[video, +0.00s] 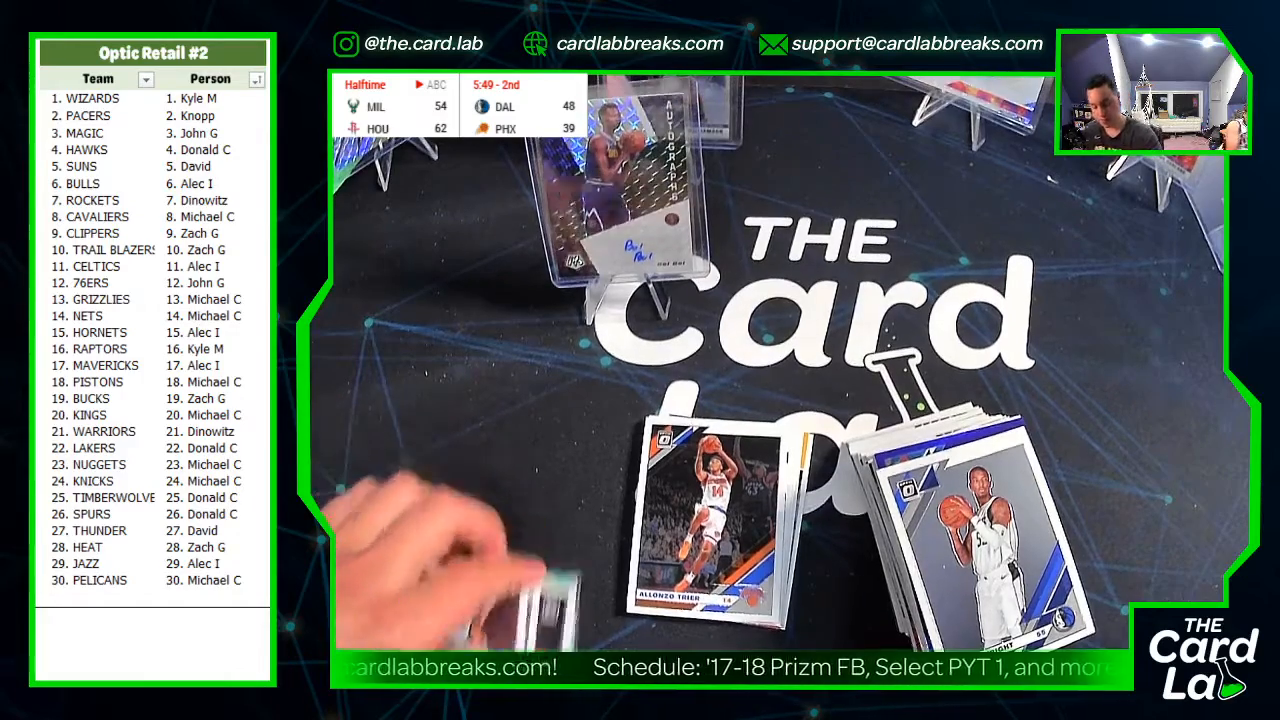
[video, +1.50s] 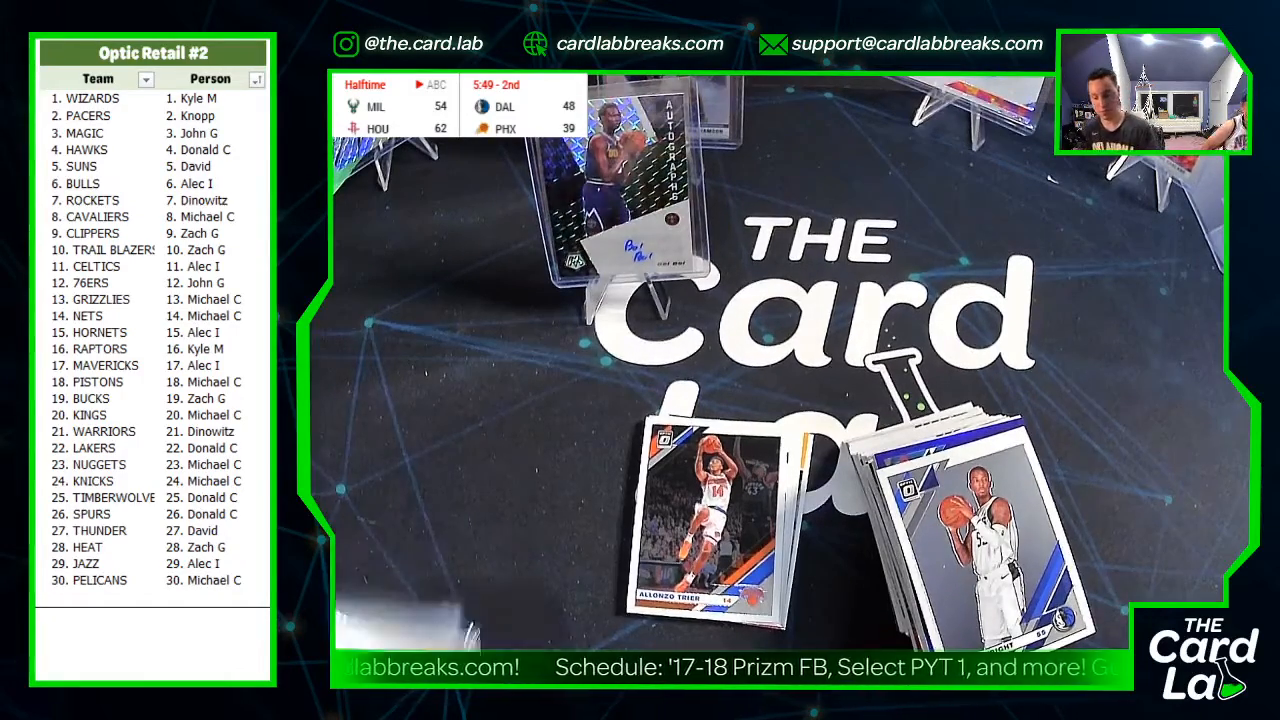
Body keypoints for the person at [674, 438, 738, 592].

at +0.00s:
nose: (714, 464)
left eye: (717, 462)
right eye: (712, 461)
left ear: (721, 466)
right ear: (709, 465)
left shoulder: (727, 476)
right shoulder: (705, 477)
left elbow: (734, 469)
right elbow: (698, 471)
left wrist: (721, 452)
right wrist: (700, 451)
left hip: (720, 512)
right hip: (706, 507)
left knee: (707, 550)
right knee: (704, 512)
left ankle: (689, 578)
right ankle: (688, 540)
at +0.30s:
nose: (714, 463)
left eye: (717, 461)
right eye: (712, 461)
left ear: (721, 465)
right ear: (709, 465)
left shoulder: (727, 476)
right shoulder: (705, 477)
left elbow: (734, 469)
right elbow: (698, 471)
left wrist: (721, 452)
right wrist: (700, 451)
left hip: (720, 512)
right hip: (705, 506)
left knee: (707, 550)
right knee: (704, 511)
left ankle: (688, 578)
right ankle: (688, 540)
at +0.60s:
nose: (715, 464)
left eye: (717, 462)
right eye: (712, 462)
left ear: (721, 466)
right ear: (709, 465)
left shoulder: (727, 476)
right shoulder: (705, 477)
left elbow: (734, 469)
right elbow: (698, 470)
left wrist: (721, 452)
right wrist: (700, 450)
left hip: (720, 513)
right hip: (705, 507)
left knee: (707, 550)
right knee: (705, 512)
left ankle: (688, 579)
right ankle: (688, 540)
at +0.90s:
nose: (714, 464)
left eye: (717, 462)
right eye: (712, 462)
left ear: (722, 466)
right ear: (709, 466)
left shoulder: (727, 477)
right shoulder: (705, 477)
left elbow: (734, 469)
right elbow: (698, 470)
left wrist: (722, 452)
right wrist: (700, 450)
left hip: (720, 513)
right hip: (705, 507)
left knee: (707, 550)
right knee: (705, 512)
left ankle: (688, 580)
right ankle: (688, 540)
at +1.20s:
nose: (714, 464)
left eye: (717, 462)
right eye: (712, 461)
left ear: (721, 466)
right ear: (709, 465)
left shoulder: (727, 476)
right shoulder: (705, 477)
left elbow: (734, 469)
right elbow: (698, 471)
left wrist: (721, 452)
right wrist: (700, 450)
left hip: (720, 513)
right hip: (705, 507)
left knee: (707, 550)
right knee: (705, 512)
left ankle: (688, 580)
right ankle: (688, 540)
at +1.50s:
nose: (714, 464)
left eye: (717, 462)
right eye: (712, 461)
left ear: (721, 466)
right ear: (709, 465)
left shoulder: (727, 476)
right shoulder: (705, 477)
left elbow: (734, 469)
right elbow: (698, 471)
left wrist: (721, 452)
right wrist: (700, 450)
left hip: (720, 513)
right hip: (705, 507)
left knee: (707, 550)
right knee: (705, 512)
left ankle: (688, 580)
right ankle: (688, 540)